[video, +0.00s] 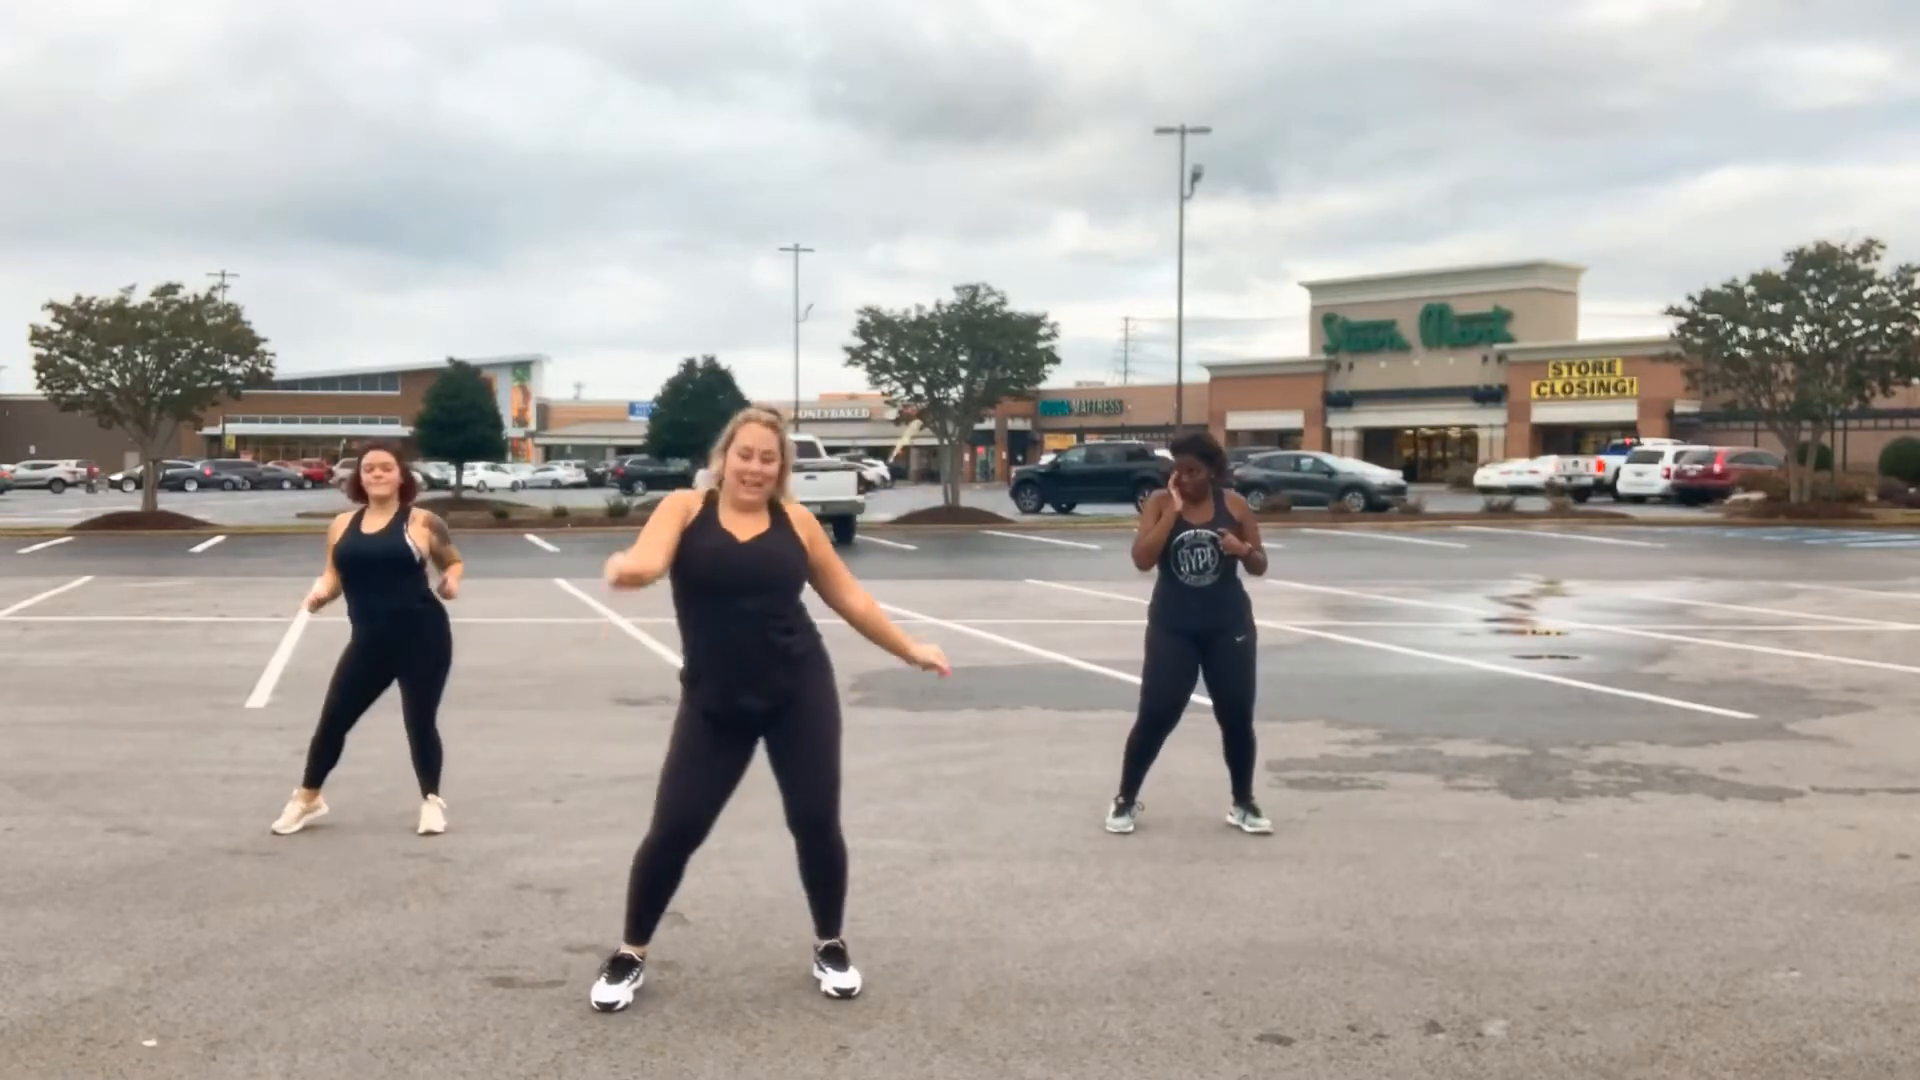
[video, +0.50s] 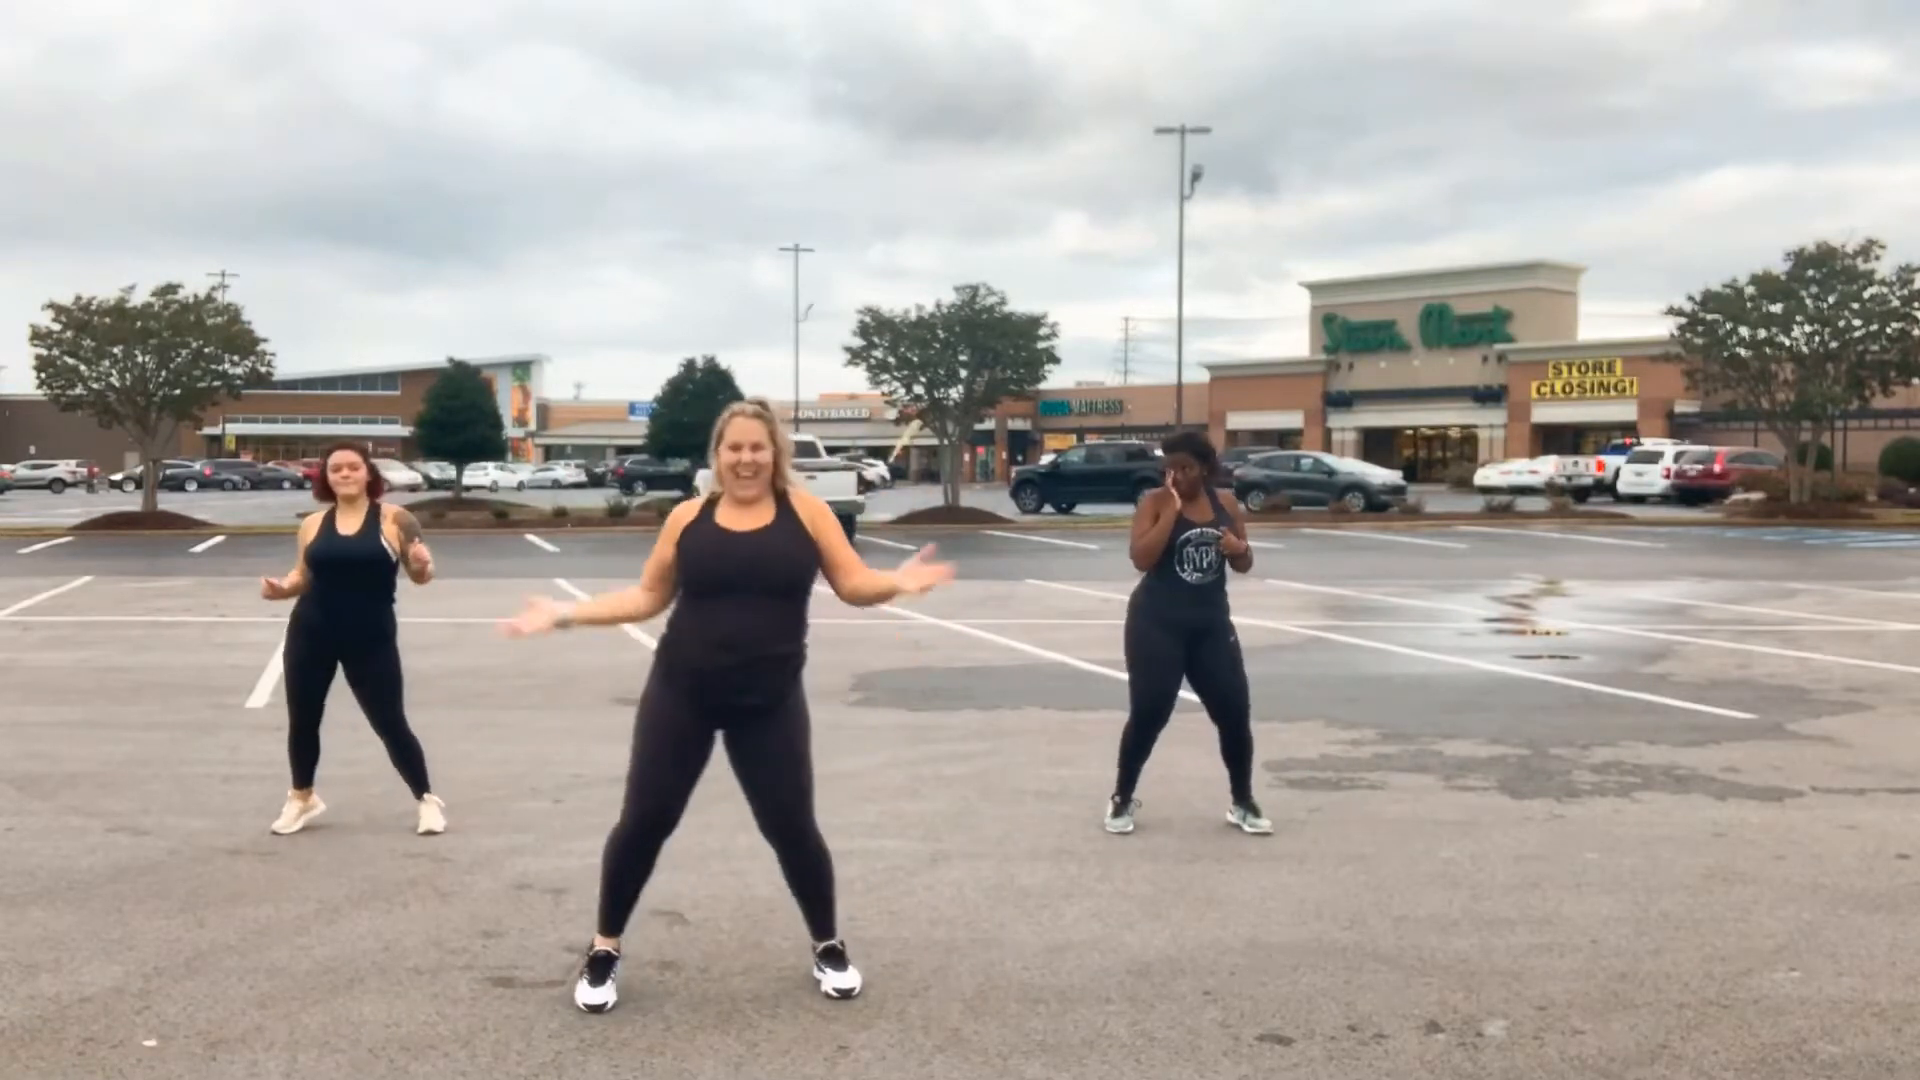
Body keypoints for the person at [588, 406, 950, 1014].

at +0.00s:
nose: (753, 466)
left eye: (766, 457)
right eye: (744, 453)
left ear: (782, 466)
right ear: (723, 457)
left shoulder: (796, 522)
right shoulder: (683, 508)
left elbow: (850, 597)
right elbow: (649, 559)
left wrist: (909, 648)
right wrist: (628, 570)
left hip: (799, 696)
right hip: (714, 701)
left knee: (817, 824)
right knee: (671, 835)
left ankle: (831, 947)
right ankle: (630, 953)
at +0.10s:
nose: (763, 487)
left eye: (776, 478)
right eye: (754, 475)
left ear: (790, 484)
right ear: (732, 474)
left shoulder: (810, 539)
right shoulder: (694, 527)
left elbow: (856, 620)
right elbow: (660, 584)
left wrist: (917, 683)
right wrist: (631, 633)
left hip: (815, 712)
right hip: (729, 716)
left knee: (826, 835)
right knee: (684, 840)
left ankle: (832, 950)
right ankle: (635, 952)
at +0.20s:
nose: (771, 495)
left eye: (783, 485)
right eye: (760, 484)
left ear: (798, 485)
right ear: (739, 482)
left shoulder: (821, 540)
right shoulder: (706, 536)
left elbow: (856, 625)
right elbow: (673, 617)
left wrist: (900, 701)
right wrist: (641, 699)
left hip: (817, 718)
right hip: (731, 717)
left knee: (824, 836)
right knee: (672, 831)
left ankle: (832, 952)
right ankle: (636, 946)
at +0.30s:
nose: (768, 484)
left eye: (780, 473)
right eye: (757, 473)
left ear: (798, 476)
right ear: (739, 476)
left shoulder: (826, 533)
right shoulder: (706, 535)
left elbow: (853, 615)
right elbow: (680, 625)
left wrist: (887, 683)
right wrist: (640, 708)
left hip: (808, 712)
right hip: (721, 708)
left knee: (818, 837)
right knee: (657, 813)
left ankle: (831, 951)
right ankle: (626, 936)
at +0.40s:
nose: (759, 470)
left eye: (771, 459)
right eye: (748, 458)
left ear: (789, 463)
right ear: (730, 463)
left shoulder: (818, 519)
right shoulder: (701, 526)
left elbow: (857, 597)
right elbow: (671, 615)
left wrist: (892, 628)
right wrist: (603, 668)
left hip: (790, 703)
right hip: (702, 699)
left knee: (807, 832)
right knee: (649, 821)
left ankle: (829, 951)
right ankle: (606, 942)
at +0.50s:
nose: (746, 458)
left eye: (757, 447)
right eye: (734, 447)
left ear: (776, 453)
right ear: (716, 454)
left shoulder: (806, 512)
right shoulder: (687, 517)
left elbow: (852, 583)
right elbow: (647, 597)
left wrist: (897, 580)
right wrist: (563, 612)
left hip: (769, 697)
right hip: (680, 694)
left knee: (793, 828)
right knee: (644, 823)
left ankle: (828, 948)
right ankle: (604, 948)